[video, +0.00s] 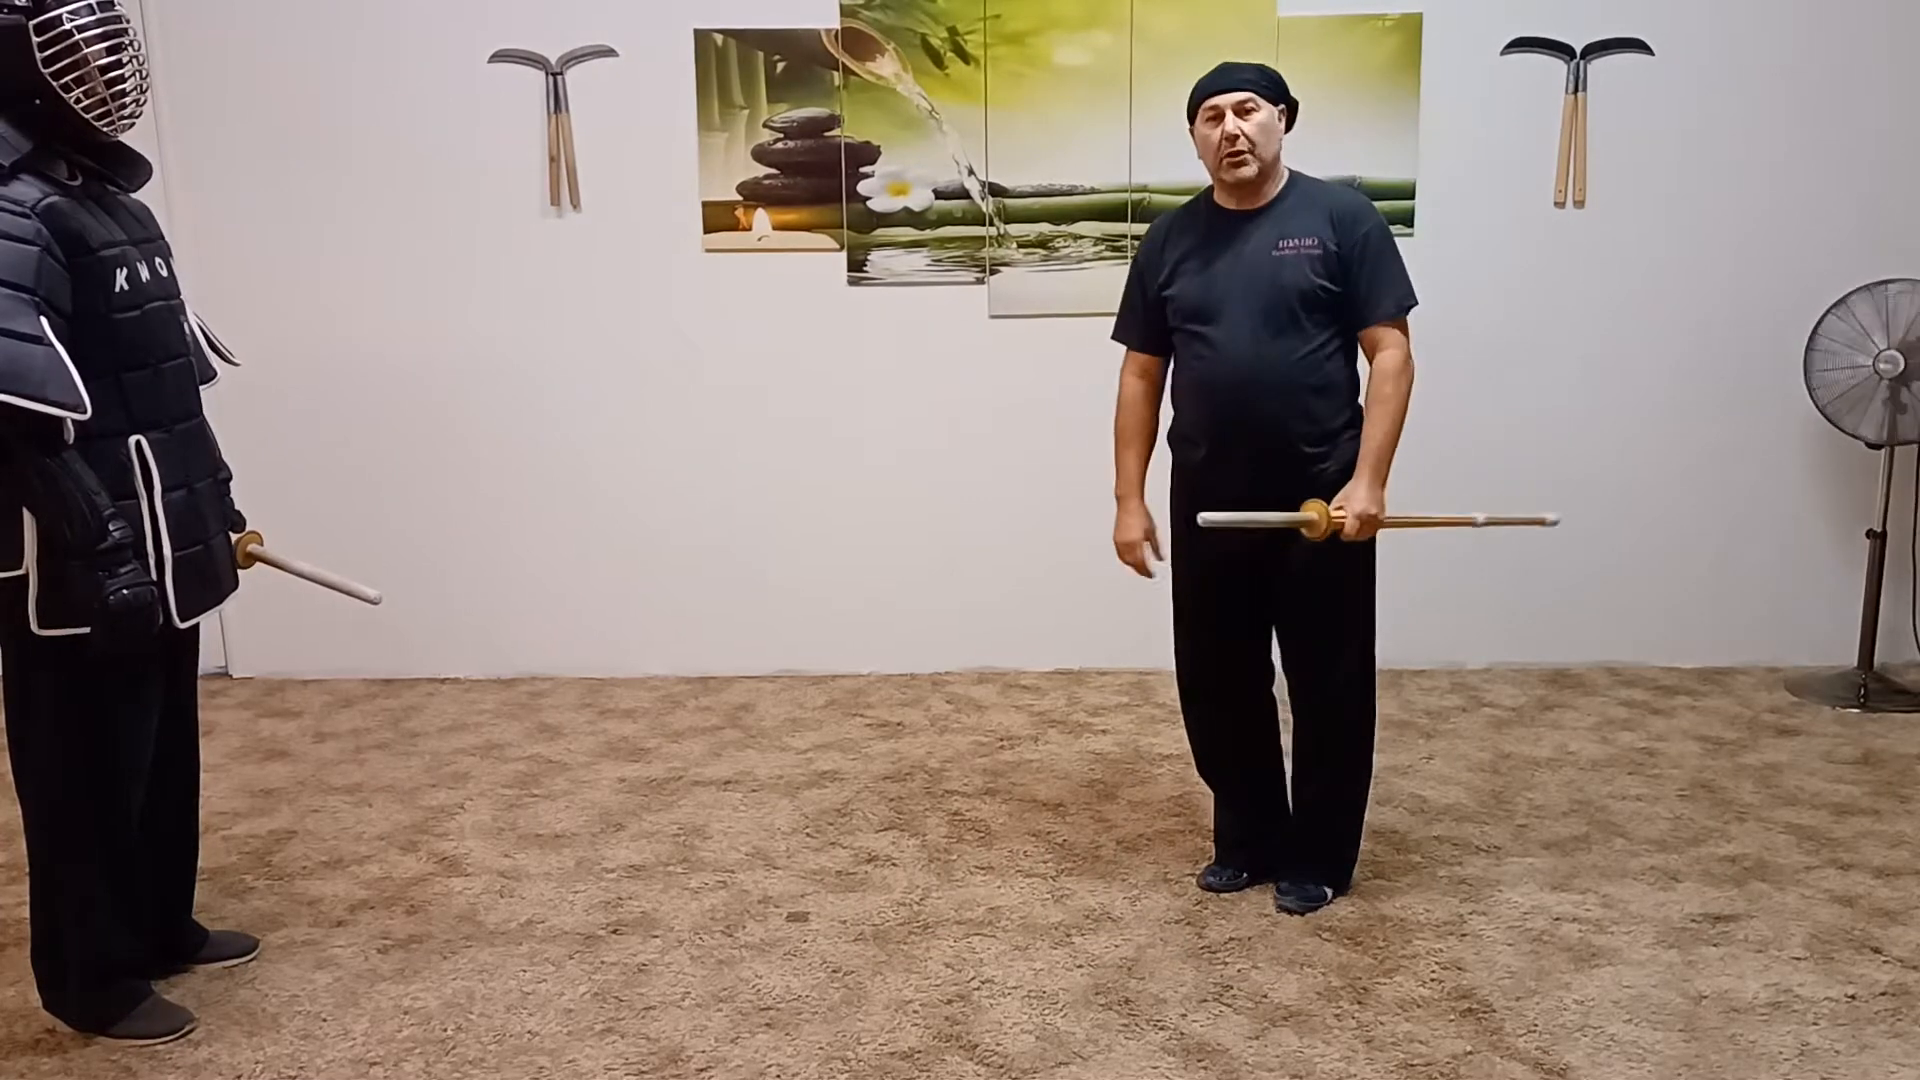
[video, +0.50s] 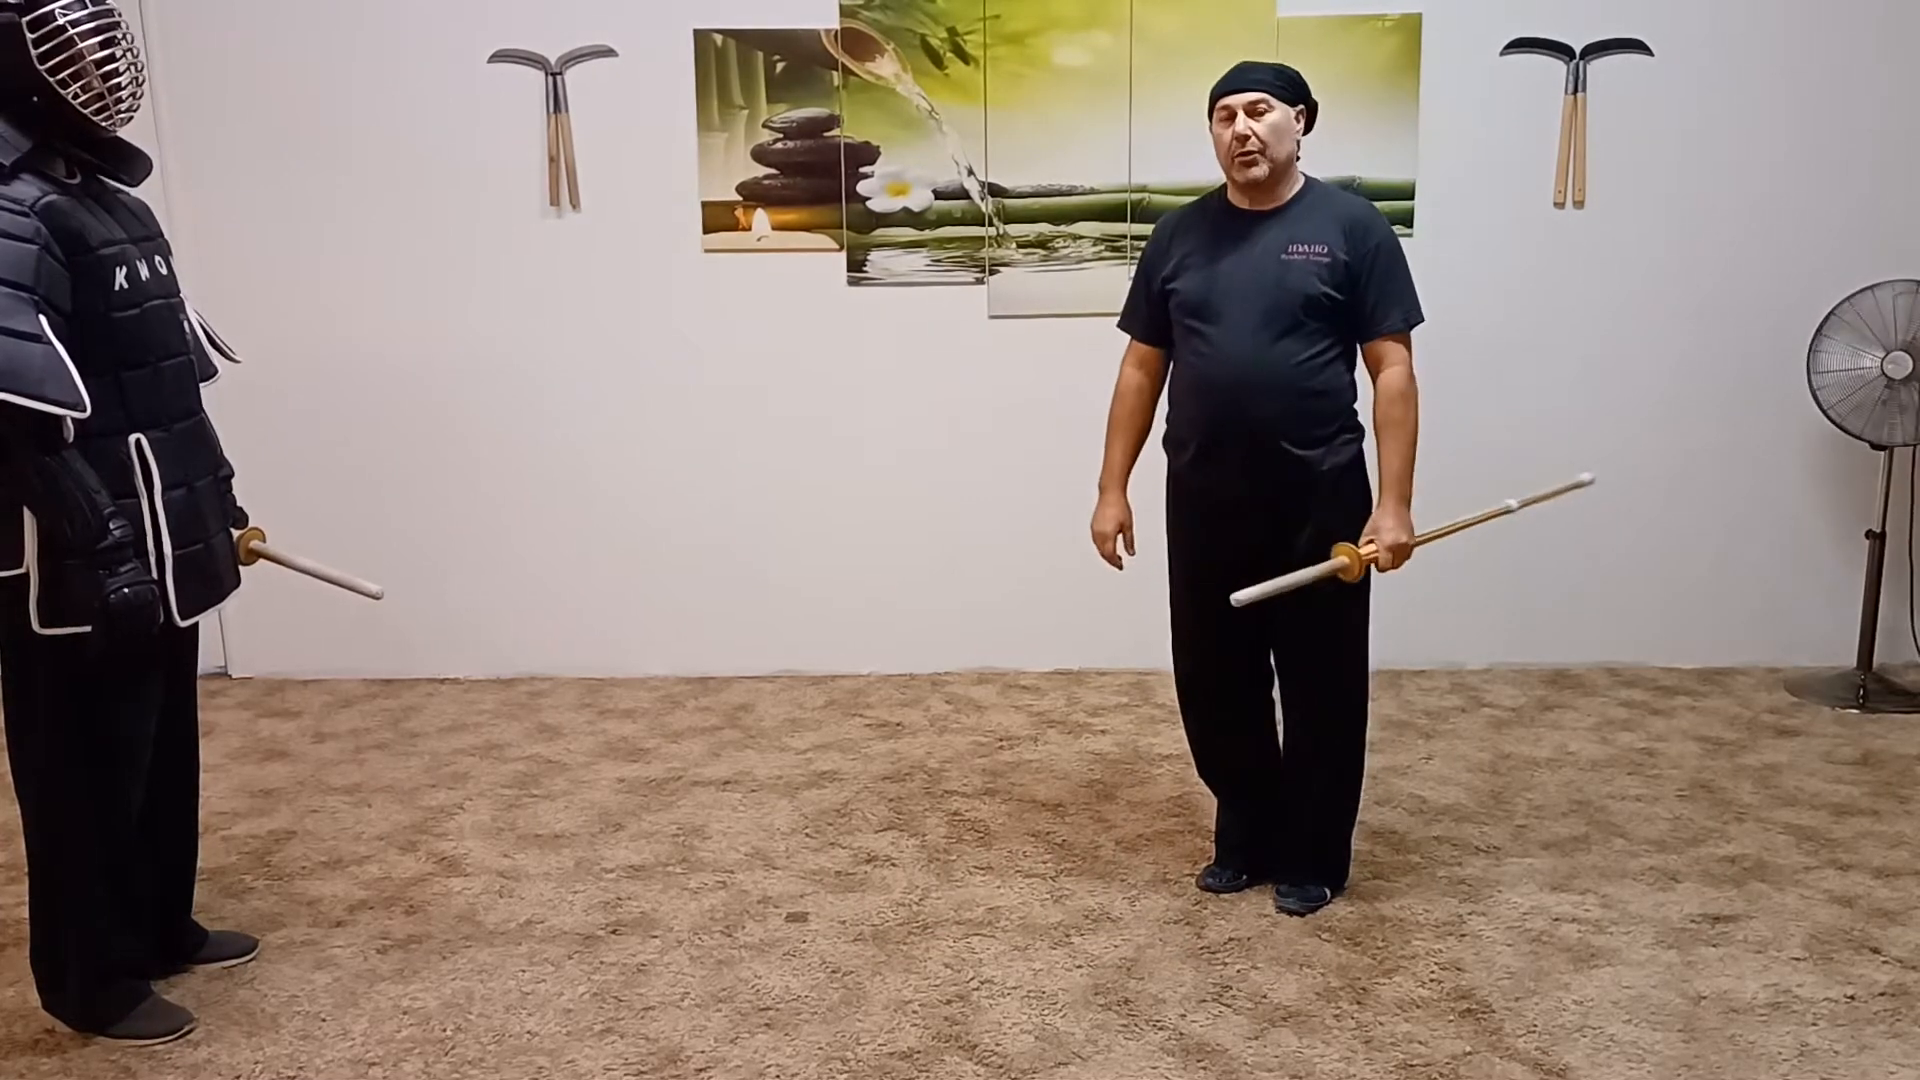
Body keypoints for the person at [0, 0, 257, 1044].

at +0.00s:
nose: (124, 66)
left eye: (120, 47)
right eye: (100, 48)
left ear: (98, 68)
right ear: (46, 67)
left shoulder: (120, 199)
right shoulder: (21, 206)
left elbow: (174, 380)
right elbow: (22, 398)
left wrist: (218, 506)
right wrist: (98, 537)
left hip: (158, 541)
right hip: (70, 553)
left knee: (159, 750)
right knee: (85, 770)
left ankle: (161, 932)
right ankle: (88, 982)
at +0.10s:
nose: (125, 70)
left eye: (121, 50)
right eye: (101, 52)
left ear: (98, 70)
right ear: (47, 68)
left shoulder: (121, 200)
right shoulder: (20, 207)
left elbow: (174, 382)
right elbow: (22, 402)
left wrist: (219, 507)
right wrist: (101, 538)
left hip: (159, 542)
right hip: (71, 552)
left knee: (160, 751)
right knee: (84, 771)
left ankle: (162, 933)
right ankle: (88, 982)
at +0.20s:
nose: (124, 72)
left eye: (120, 53)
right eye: (100, 55)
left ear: (99, 70)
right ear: (46, 70)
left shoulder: (121, 200)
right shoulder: (20, 208)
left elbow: (174, 381)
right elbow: (22, 402)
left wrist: (219, 506)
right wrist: (99, 536)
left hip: (159, 542)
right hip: (71, 555)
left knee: (160, 752)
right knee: (85, 772)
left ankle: (161, 932)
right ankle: (88, 982)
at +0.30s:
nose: (124, 78)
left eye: (121, 57)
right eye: (100, 60)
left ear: (100, 71)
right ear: (44, 74)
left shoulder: (122, 201)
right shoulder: (19, 210)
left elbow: (174, 381)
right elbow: (22, 404)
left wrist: (219, 506)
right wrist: (100, 536)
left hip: (159, 541)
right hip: (71, 554)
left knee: (160, 751)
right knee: (84, 771)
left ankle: (161, 933)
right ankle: (88, 982)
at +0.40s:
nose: (124, 83)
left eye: (121, 63)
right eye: (101, 66)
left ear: (97, 77)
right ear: (50, 79)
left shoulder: (122, 203)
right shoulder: (19, 211)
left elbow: (175, 382)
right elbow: (23, 404)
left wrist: (218, 508)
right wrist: (98, 538)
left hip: (158, 544)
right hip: (69, 557)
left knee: (160, 752)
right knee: (84, 772)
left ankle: (161, 933)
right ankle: (88, 982)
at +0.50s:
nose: (118, 76)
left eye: (116, 56)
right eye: (93, 59)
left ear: (107, 72)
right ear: (40, 75)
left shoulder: (121, 202)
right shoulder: (20, 211)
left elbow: (173, 381)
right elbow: (24, 404)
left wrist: (218, 506)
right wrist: (97, 538)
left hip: (158, 543)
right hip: (70, 557)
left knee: (160, 752)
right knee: (85, 772)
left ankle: (161, 933)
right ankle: (88, 982)